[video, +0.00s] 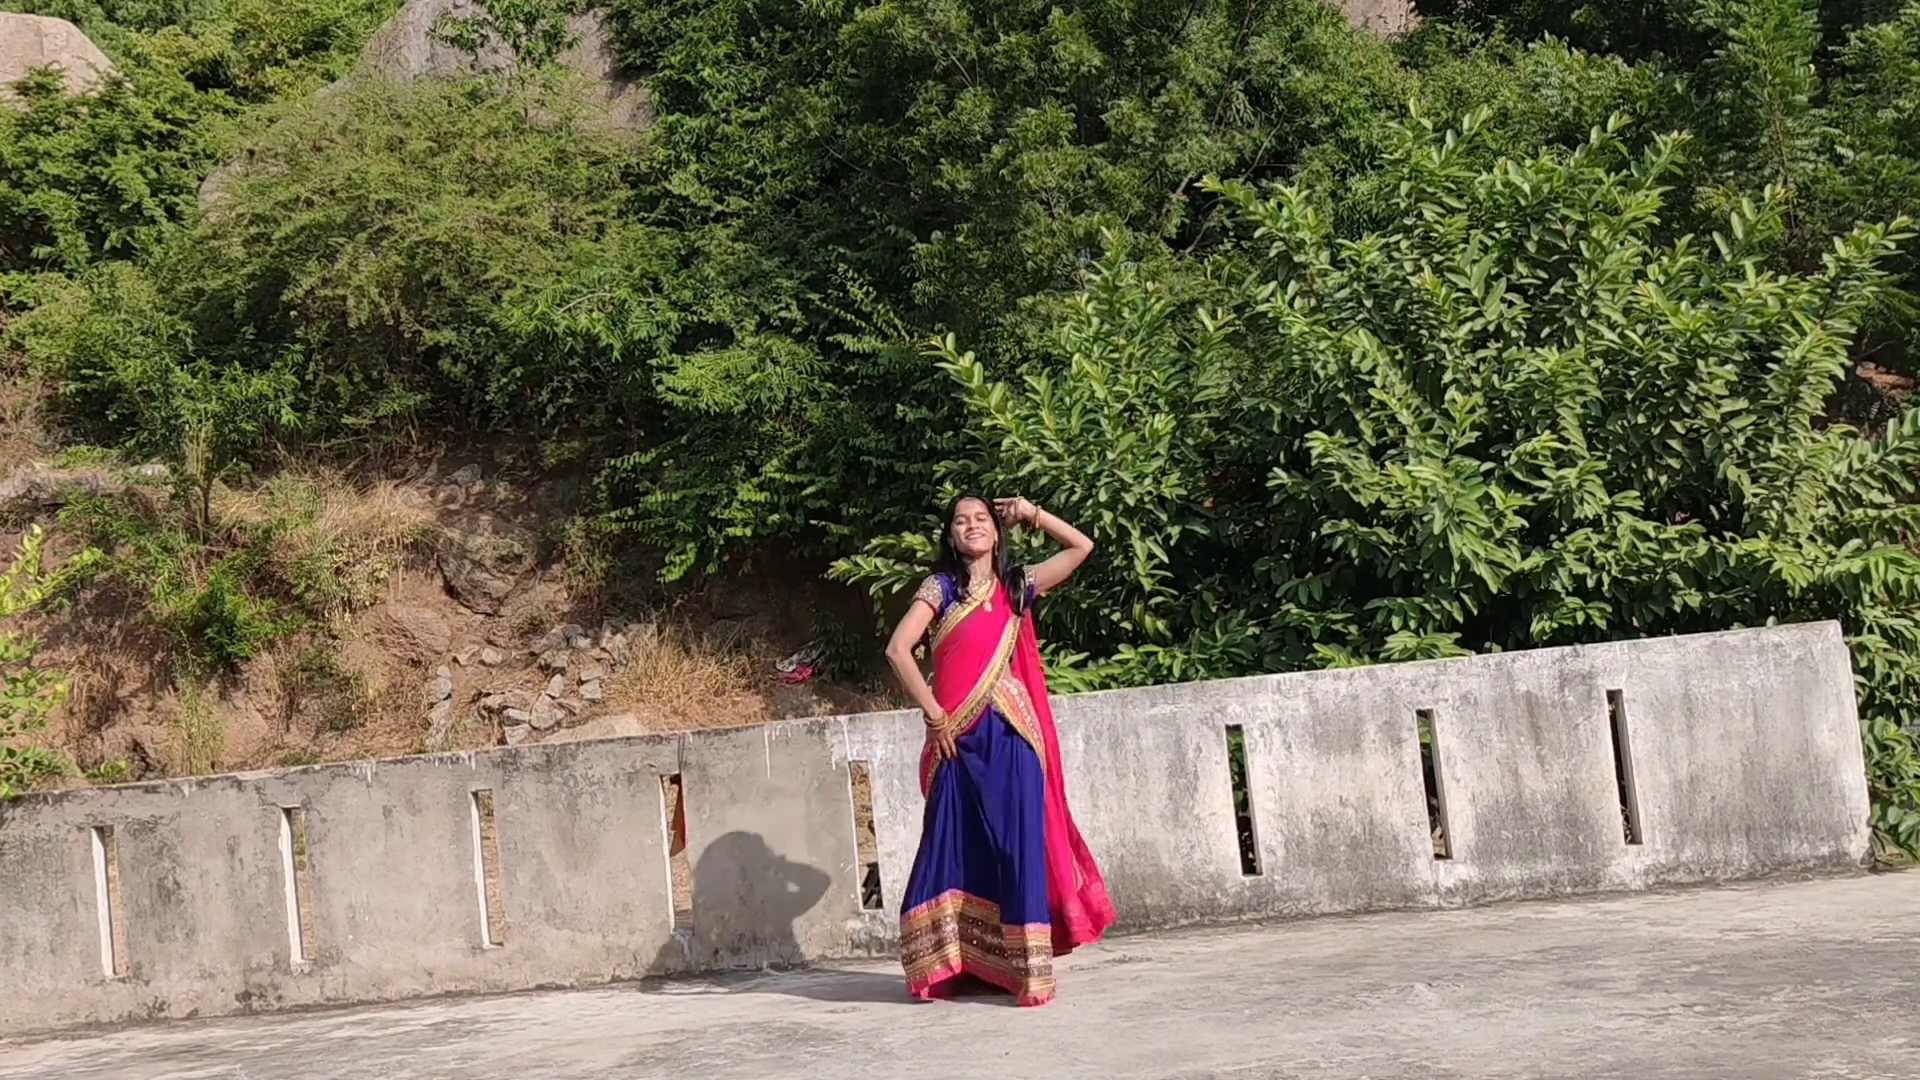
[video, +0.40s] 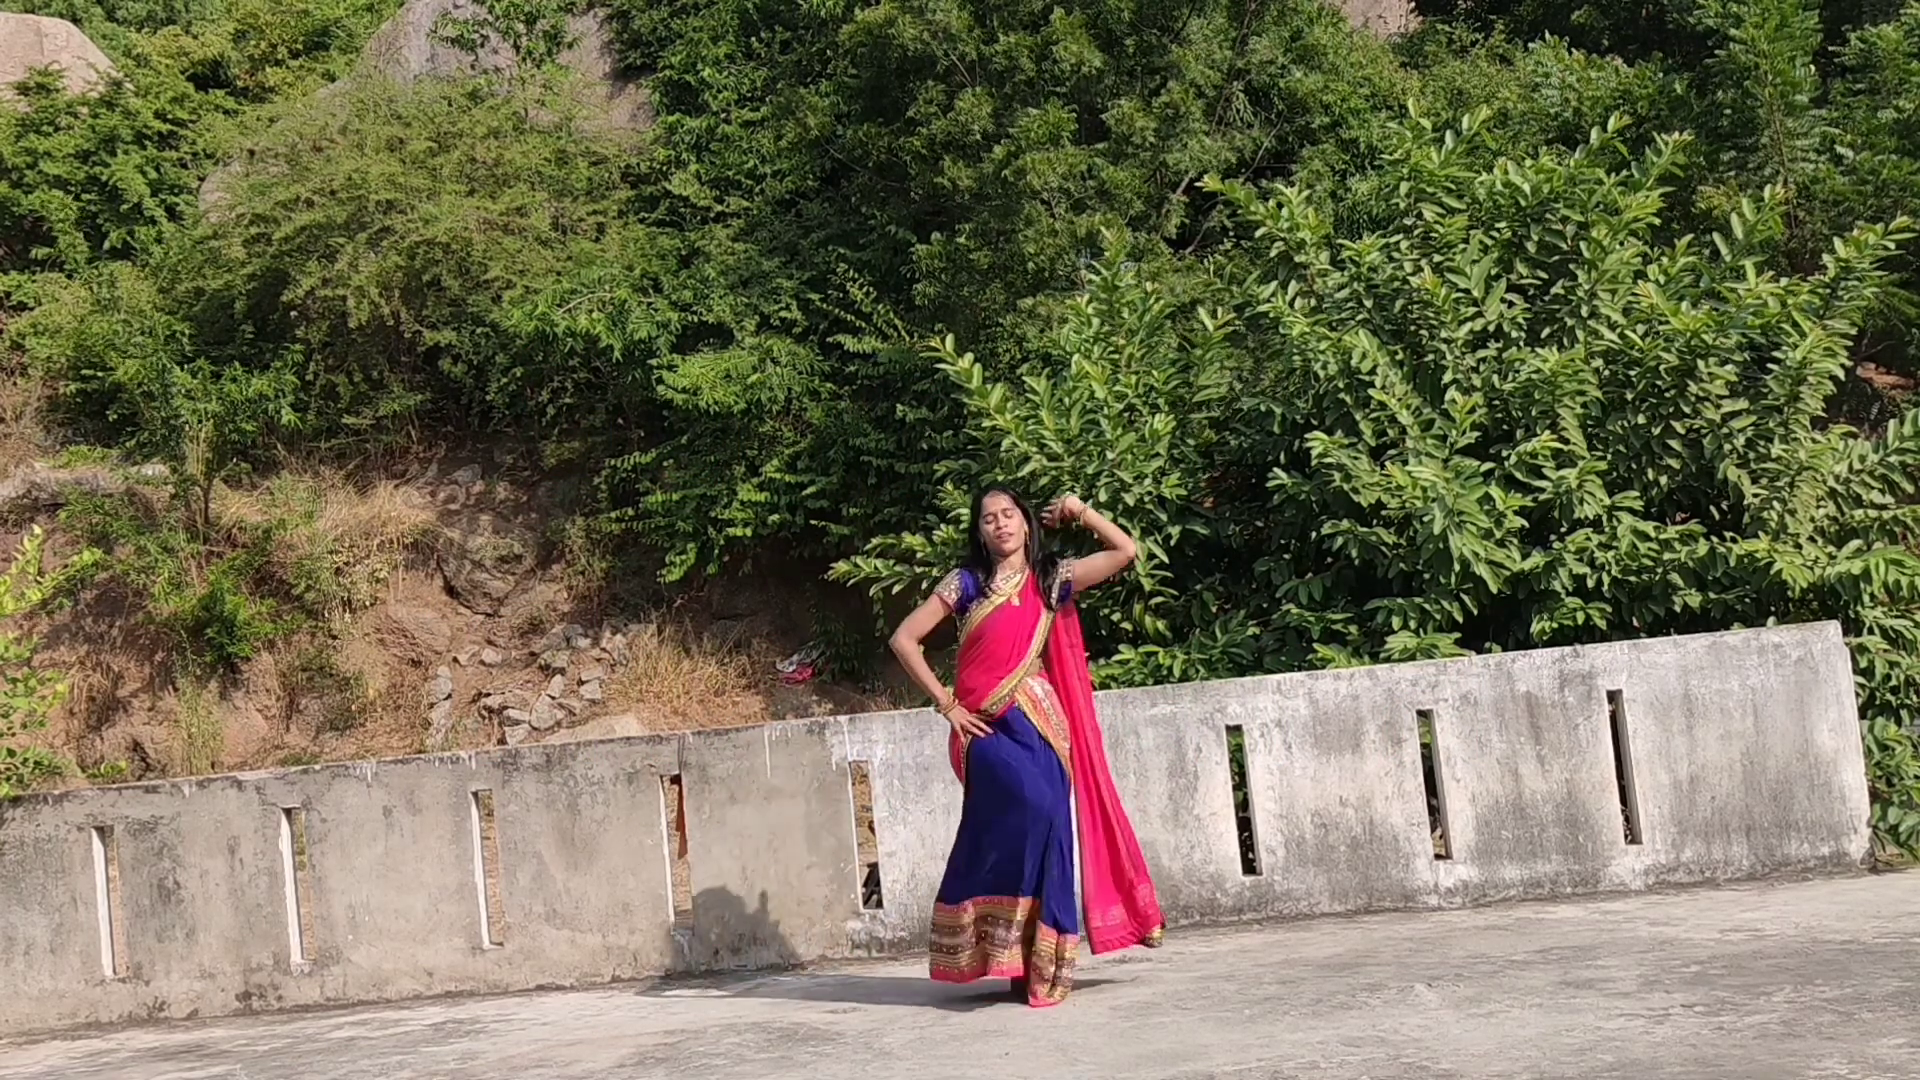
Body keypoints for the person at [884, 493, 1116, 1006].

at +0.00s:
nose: (972, 526)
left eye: (980, 518)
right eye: (962, 521)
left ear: (998, 530)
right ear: (951, 537)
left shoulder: (1019, 585)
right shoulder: (942, 588)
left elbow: (1080, 548)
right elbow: (897, 649)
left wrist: (1032, 514)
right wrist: (935, 716)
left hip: (1014, 728)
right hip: (960, 732)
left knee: (1021, 846)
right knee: (964, 846)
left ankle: (1030, 969)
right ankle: (965, 963)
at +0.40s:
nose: (999, 524)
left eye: (1006, 514)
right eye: (989, 519)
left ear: (1026, 522)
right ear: (979, 533)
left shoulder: (1050, 578)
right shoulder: (966, 584)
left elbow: (1126, 551)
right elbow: (904, 639)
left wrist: (1081, 511)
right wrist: (945, 703)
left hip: (1036, 714)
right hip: (980, 721)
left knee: (1052, 818)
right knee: (1038, 804)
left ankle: (1045, 962)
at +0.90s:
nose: (1030, 545)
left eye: (1038, 533)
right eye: (1019, 537)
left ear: (1059, 535)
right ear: (1009, 545)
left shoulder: (1085, 582)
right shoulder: (1002, 601)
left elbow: (1123, 537)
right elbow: (956, 668)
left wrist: (1166, 493)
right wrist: (983, 686)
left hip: (1072, 726)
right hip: (1018, 732)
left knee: (1072, 846)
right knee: (1037, 852)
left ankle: (1088, 979)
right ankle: (1056, 980)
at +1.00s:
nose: (1035, 540)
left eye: (1044, 529)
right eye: (1024, 531)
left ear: (1062, 534)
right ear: (1011, 540)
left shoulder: (1090, 579)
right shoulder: (1001, 604)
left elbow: (1145, 559)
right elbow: (986, 674)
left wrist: (1206, 542)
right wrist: (994, 714)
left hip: (1084, 734)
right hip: (1025, 740)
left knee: (1086, 855)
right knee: (1037, 860)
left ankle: (1100, 983)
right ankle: (1051, 988)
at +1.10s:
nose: (1038, 529)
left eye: (1049, 518)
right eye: (1028, 519)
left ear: (1066, 526)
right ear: (1015, 529)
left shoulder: (1093, 576)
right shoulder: (1003, 596)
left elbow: (1160, 596)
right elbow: (1006, 674)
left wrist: (1228, 617)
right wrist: (1026, 741)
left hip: (1097, 735)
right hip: (1035, 739)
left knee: (1105, 854)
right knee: (1040, 859)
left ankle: (1106, 982)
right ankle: (1053, 989)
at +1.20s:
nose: (1043, 515)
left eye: (1054, 506)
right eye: (1034, 505)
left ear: (1072, 516)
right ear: (1018, 513)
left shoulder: (1093, 575)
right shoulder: (1005, 585)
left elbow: (1151, 629)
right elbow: (1012, 669)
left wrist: (1210, 682)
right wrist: (1041, 745)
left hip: (1102, 726)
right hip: (1043, 732)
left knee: (1113, 850)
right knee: (1042, 857)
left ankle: (1122, 987)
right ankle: (1049, 994)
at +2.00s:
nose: (1084, 483)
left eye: (1096, 475)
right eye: (1073, 477)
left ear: (1120, 493)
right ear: (1061, 497)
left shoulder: (1143, 560)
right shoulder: (1044, 567)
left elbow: (1185, 635)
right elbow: (994, 635)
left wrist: (1232, 697)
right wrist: (1016, 690)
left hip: (1143, 746)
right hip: (1071, 751)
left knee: (1161, 881)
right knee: (1088, 888)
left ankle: (1169, 1031)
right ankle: (1109, 1037)